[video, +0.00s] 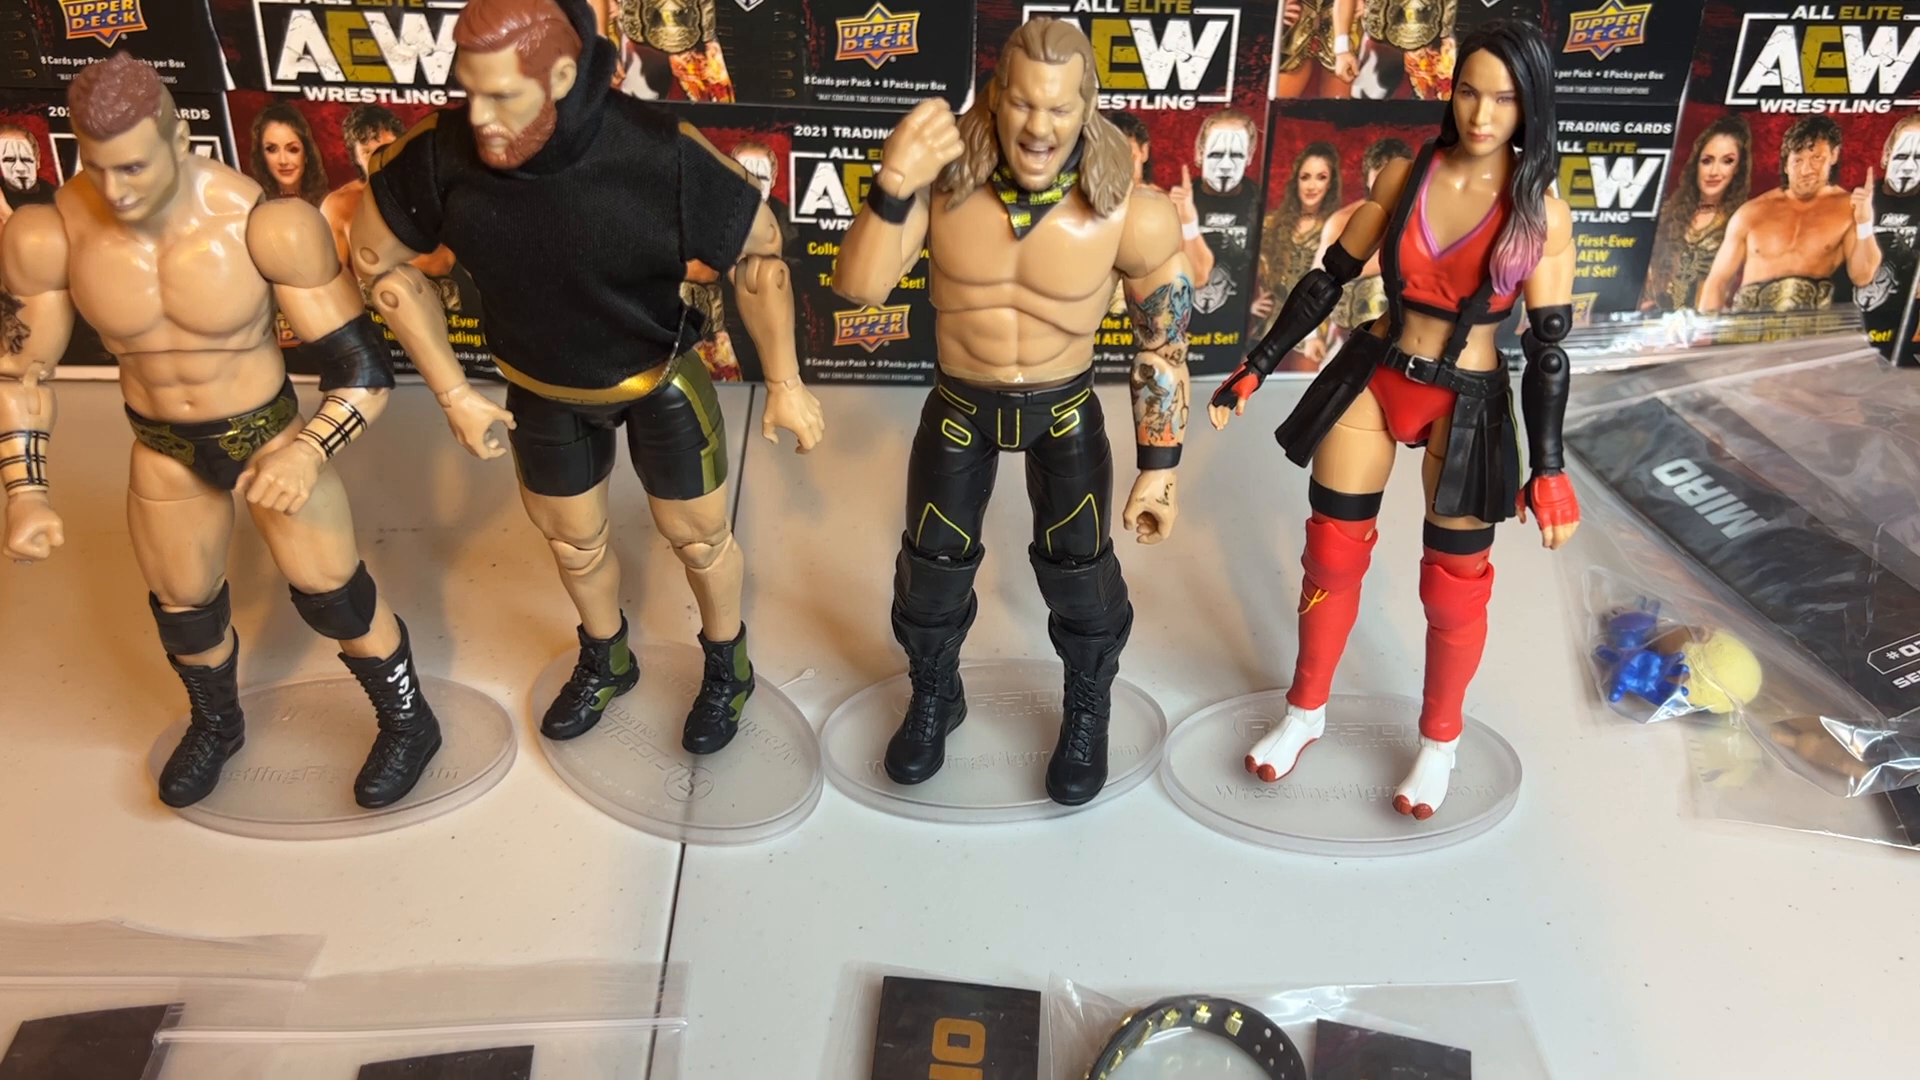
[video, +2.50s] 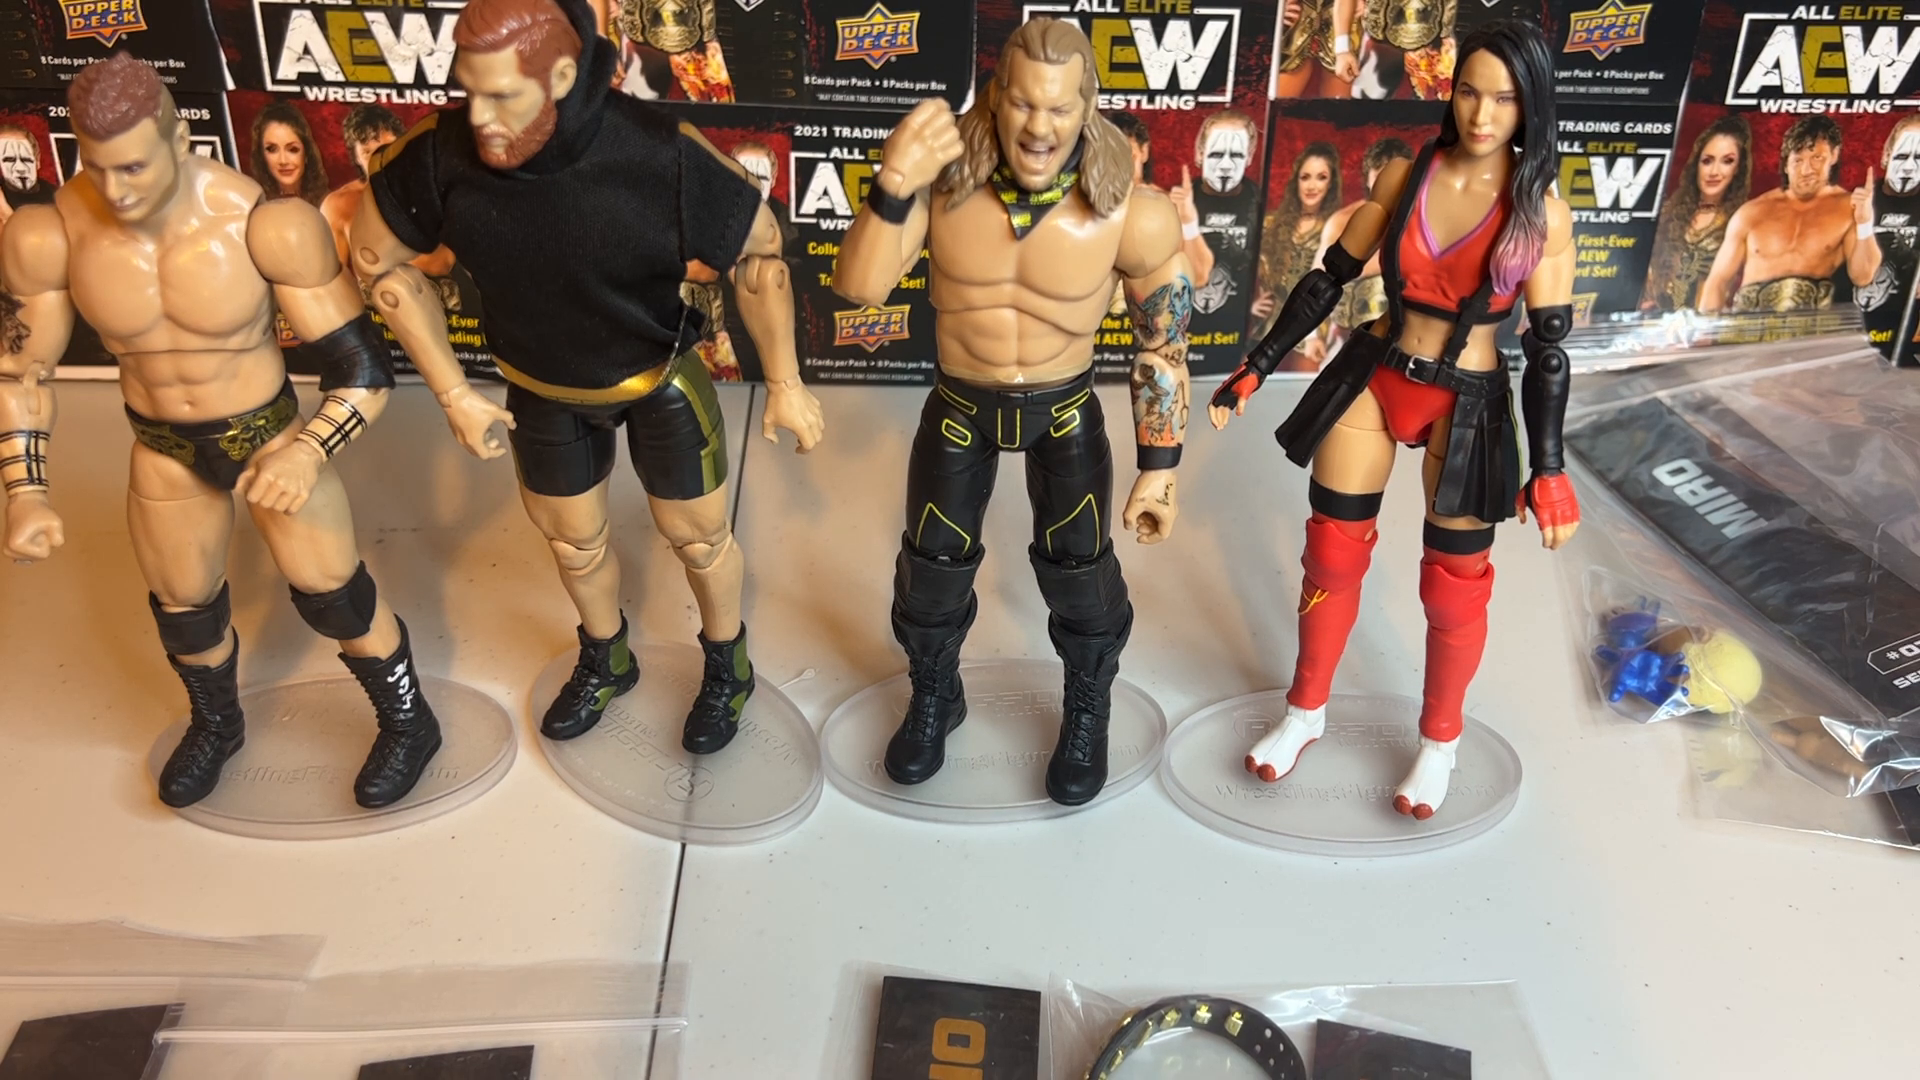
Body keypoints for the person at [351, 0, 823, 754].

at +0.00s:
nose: (481, 119)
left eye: (503, 96)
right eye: (468, 95)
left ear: (563, 76)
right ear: (457, 81)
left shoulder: (653, 155)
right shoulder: (442, 160)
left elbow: (757, 245)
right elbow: (372, 251)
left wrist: (784, 381)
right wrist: (452, 392)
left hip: (661, 382)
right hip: (542, 394)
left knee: (700, 540)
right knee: (575, 546)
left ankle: (726, 665)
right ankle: (607, 660)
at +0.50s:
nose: (481, 119)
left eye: (503, 96)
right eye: (468, 95)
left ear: (564, 76)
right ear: (456, 81)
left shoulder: (654, 155)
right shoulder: (443, 158)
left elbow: (757, 246)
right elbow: (373, 251)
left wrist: (784, 381)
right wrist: (452, 392)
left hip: (661, 383)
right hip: (542, 395)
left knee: (701, 541)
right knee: (575, 547)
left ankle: (726, 666)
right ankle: (607, 660)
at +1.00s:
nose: (481, 119)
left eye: (502, 96)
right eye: (468, 95)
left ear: (564, 76)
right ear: (456, 81)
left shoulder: (653, 155)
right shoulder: (442, 158)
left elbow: (757, 246)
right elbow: (373, 252)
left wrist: (784, 381)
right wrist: (452, 392)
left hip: (661, 382)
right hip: (542, 395)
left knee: (700, 541)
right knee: (575, 547)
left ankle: (726, 667)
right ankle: (607, 661)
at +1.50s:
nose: (481, 119)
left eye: (503, 96)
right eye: (468, 95)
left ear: (564, 76)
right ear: (457, 81)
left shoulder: (653, 155)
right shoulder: (443, 159)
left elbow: (757, 245)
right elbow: (372, 251)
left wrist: (784, 381)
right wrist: (452, 392)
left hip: (661, 382)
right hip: (542, 394)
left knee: (700, 540)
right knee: (575, 546)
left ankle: (726, 666)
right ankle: (607, 661)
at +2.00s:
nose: (481, 119)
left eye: (503, 96)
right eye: (468, 95)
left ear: (564, 76)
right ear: (457, 81)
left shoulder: (653, 155)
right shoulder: (442, 159)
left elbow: (757, 246)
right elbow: (373, 252)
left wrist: (784, 382)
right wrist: (453, 392)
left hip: (661, 381)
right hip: (542, 394)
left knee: (700, 540)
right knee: (575, 545)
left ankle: (726, 667)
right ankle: (607, 661)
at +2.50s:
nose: (481, 119)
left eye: (503, 96)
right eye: (468, 95)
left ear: (564, 76)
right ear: (456, 81)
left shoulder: (653, 155)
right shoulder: (442, 159)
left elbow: (757, 245)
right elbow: (373, 252)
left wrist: (784, 382)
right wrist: (452, 392)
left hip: (661, 381)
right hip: (542, 393)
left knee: (700, 540)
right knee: (575, 546)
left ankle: (726, 667)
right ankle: (607, 661)